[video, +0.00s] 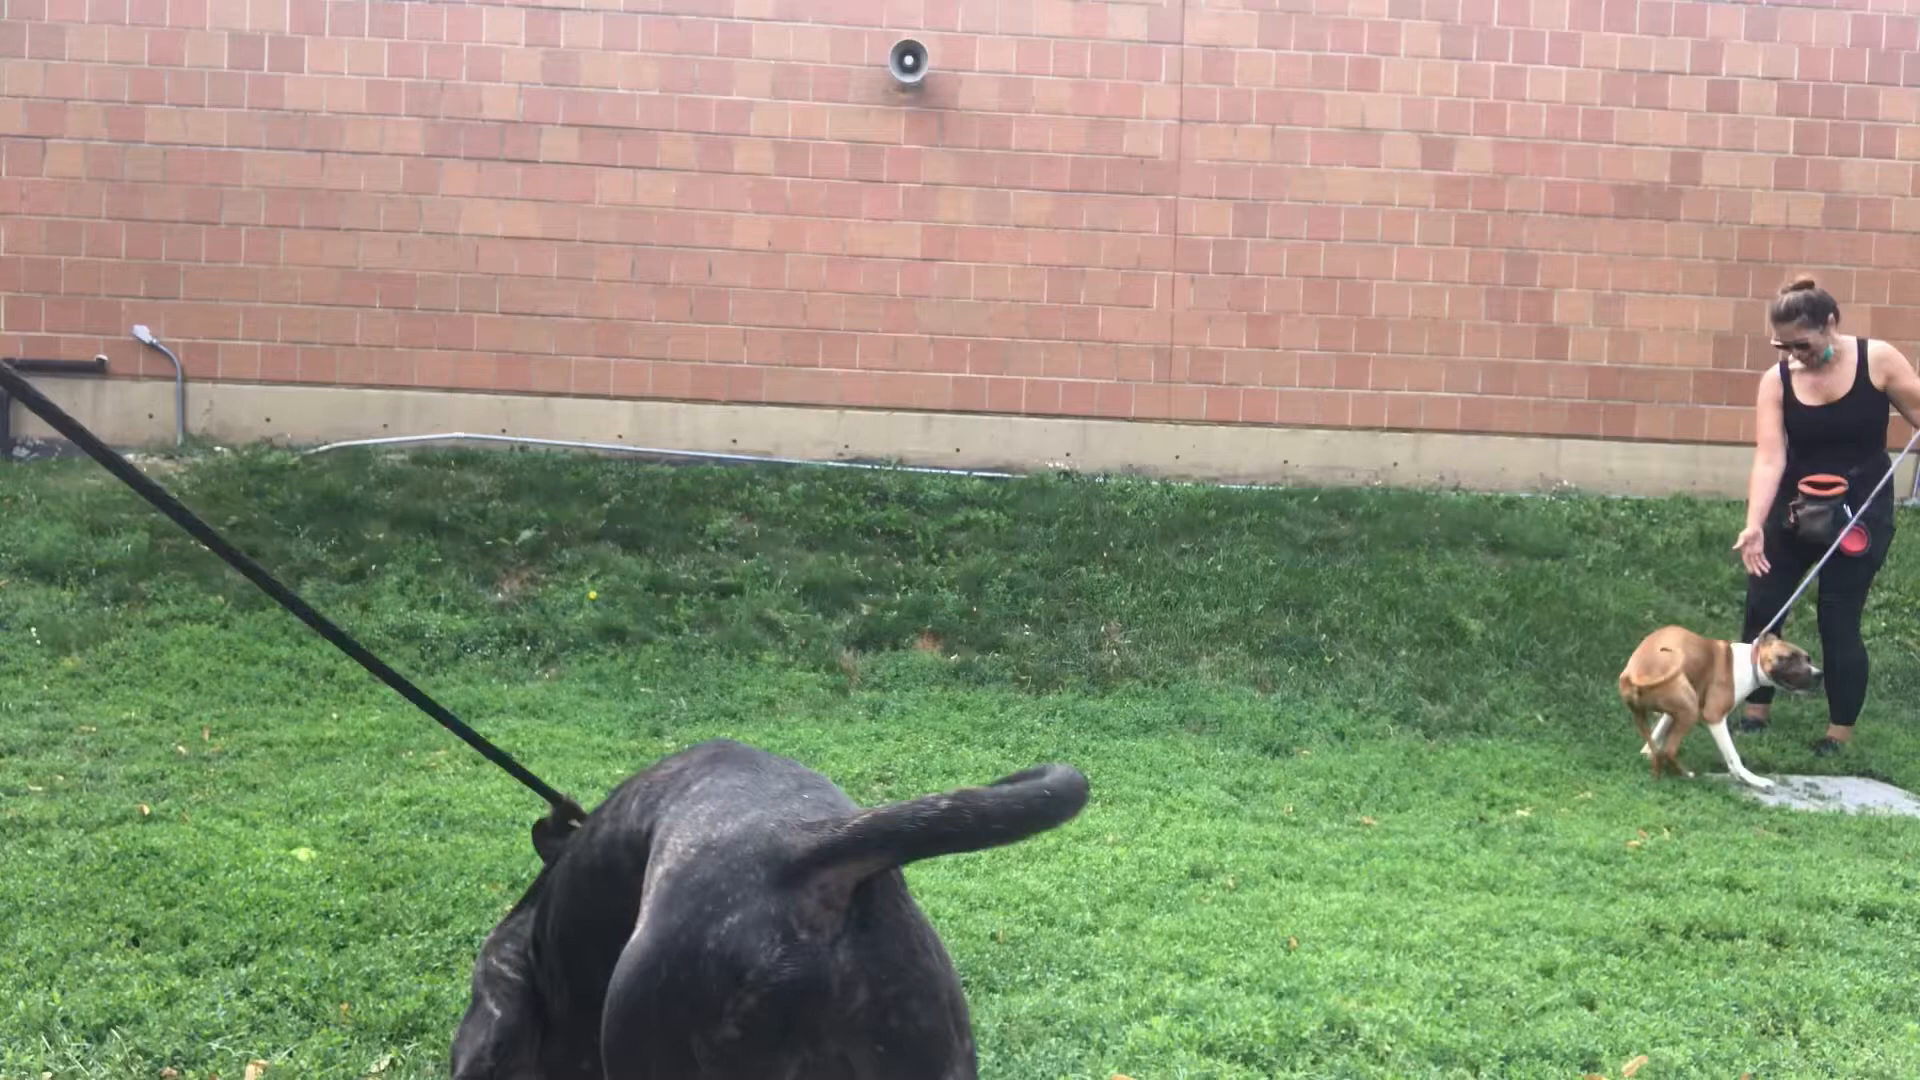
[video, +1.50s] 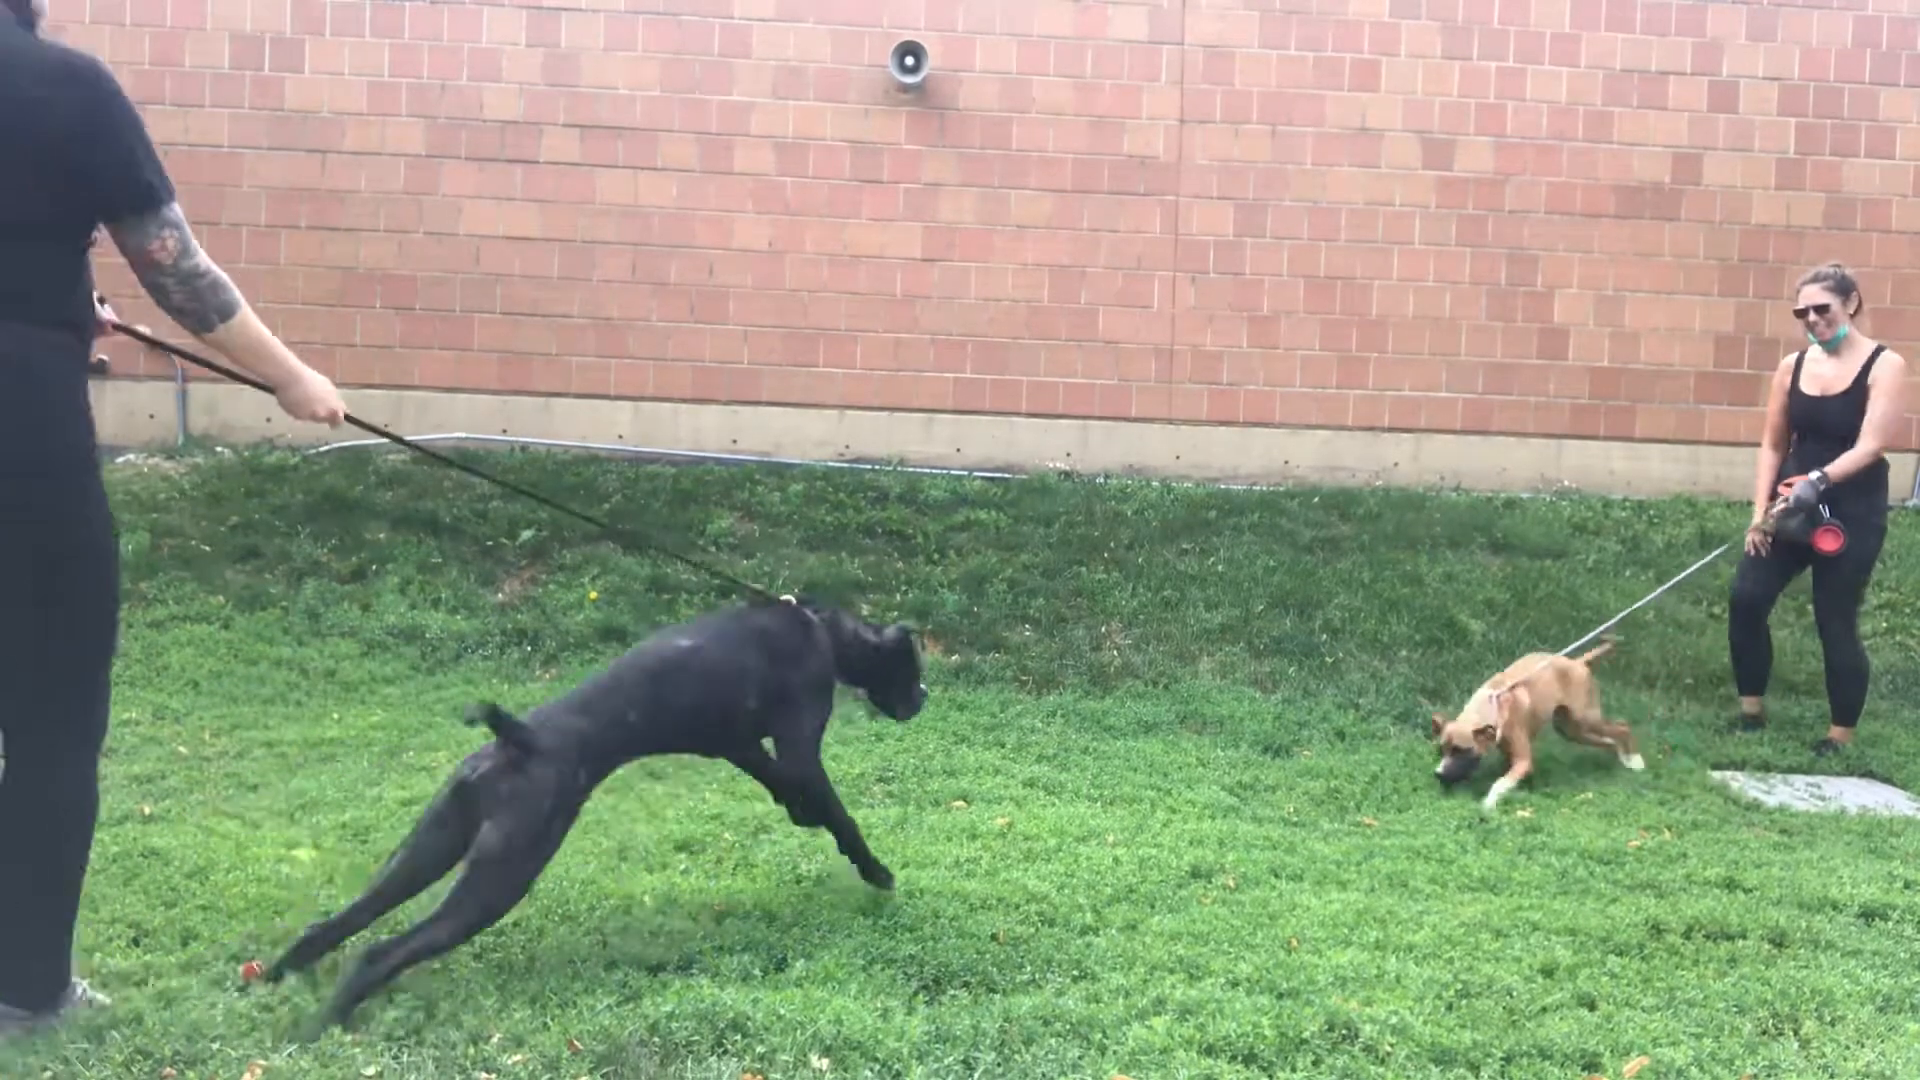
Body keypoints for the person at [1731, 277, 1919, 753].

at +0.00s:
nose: (1793, 357)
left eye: (1802, 346)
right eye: (1784, 346)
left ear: (1831, 326)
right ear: (1775, 334)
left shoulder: (1879, 360)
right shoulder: (1775, 382)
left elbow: (1917, 418)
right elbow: (1768, 460)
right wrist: (1754, 523)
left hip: (1861, 506)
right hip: (1793, 503)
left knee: (1837, 615)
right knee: (1762, 599)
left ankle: (1839, 732)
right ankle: (1755, 711)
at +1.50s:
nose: (1812, 320)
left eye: (1822, 309)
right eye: (1804, 313)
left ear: (1850, 304)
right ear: (1799, 314)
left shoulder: (1884, 365)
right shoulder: (1792, 366)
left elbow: (1871, 447)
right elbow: (1771, 445)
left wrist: (1815, 482)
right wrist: (1759, 513)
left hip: (1854, 509)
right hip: (1793, 503)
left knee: (1834, 617)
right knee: (1746, 596)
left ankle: (1841, 736)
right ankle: (1750, 712)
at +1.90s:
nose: (1742, 322)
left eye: (1751, 312)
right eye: (1735, 314)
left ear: (1781, 309)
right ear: (1732, 316)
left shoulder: (1804, 366)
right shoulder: (1757, 364)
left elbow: (1778, 434)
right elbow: (1754, 440)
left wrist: (1740, 475)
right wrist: (1727, 492)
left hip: (1795, 516)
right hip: (1750, 509)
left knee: (1799, 623)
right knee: (1707, 602)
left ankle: (1838, 732)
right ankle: (1686, 716)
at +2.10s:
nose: (1697, 325)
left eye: (1706, 315)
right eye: (1690, 317)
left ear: (1735, 310)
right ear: (1686, 315)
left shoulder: (1754, 360)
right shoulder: (1708, 365)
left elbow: (1732, 414)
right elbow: (1697, 433)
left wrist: (1692, 444)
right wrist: (1679, 483)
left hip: (1753, 503)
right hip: (1710, 500)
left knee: (1709, 607)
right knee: (1680, 602)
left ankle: (1794, 705)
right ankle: (1683, 718)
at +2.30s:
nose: (1669, 320)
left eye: (1678, 310)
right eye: (1661, 313)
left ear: (1705, 304)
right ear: (1655, 313)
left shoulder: (1724, 356)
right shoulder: (1683, 358)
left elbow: (1695, 426)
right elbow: (1689, 434)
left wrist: (1655, 472)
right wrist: (1664, 491)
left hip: (1730, 497)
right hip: (1689, 495)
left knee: (1682, 599)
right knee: (1663, 599)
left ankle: (1693, 733)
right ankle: (1679, 722)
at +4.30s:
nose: (1734, 296)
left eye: (1745, 286)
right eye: (1730, 286)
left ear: (1784, 281)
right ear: (1730, 282)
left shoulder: (1810, 344)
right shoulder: (1743, 338)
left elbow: (1757, 416)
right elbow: (1747, 420)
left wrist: (1692, 454)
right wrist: (1733, 478)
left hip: (1805, 501)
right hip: (1752, 494)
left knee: (1773, 615)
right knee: (1696, 605)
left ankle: (1774, 758)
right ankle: (1710, 722)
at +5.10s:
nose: (1770, 287)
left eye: (1781, 277)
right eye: (1767, 277)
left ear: (1825, 270)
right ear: (1769, 273)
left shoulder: (1854, 344)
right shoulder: (1762, 336)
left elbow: (1802, 435)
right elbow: (1740, 430)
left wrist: (1722, 461)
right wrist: (1706, 501)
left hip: (1819, 510)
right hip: (1750, 502)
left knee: (1820, 640)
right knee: (1726, 637)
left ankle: (1864, 791)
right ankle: (1714, 768)